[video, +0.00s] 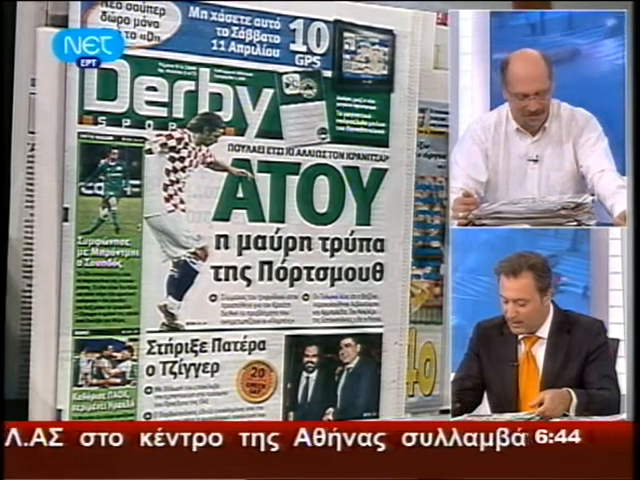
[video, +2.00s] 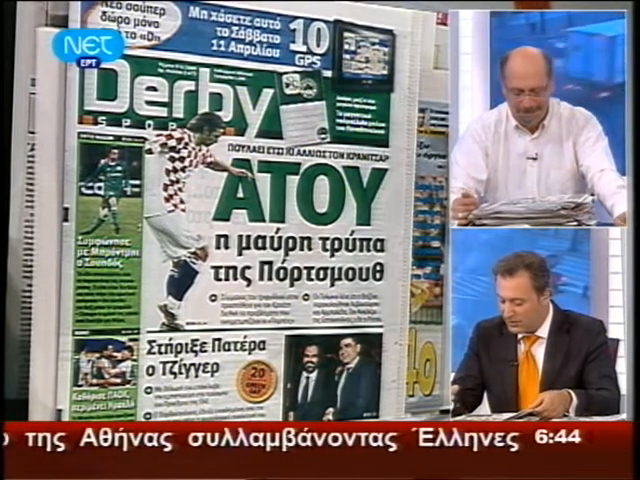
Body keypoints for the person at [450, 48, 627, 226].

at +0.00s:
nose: (533, 106)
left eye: (541, 95)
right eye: (522, 97)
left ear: (551, 86)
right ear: (505, 91)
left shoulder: (580, 124)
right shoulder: (482, 131)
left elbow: (604, 174)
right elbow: (462, 189)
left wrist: (624, 211)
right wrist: (463, 208)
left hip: (567, 245)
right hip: (499, 245)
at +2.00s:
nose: (527, 103)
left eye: (536, 92)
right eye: (517, 93)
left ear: (550, 86)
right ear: (504, 87)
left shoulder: (579, 123)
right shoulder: (482, 130)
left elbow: (603, 174)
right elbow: (462, 189)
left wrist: (624, 211)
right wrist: (462, 209)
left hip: (568, 245)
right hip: (499, 245)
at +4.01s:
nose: (541, 99)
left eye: (548, 87)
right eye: (530, 89)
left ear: (557, 82)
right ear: (508, 87)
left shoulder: (582, 123)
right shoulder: (484, 130)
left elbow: (605, 173)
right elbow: (463, 189)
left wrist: (624, 210)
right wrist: (462, 208)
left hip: (569, 246)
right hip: (501, 246)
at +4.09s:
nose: (538, 98)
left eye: (546, 87)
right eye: (527, 89)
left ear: (556, 82)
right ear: (508, 87)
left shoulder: (582, 123)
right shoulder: (484, 130)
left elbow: (605, 174)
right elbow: (463, 189)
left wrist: (625, 211)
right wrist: (463, 208)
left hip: (569, 245)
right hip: (501, 245)